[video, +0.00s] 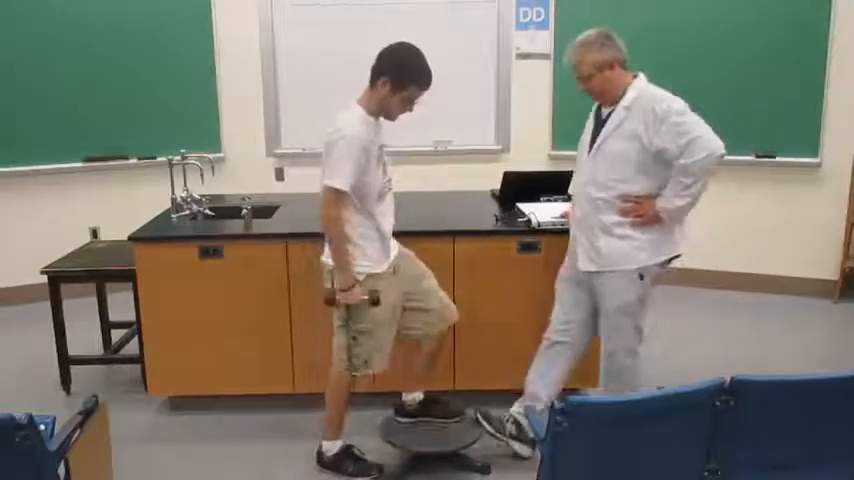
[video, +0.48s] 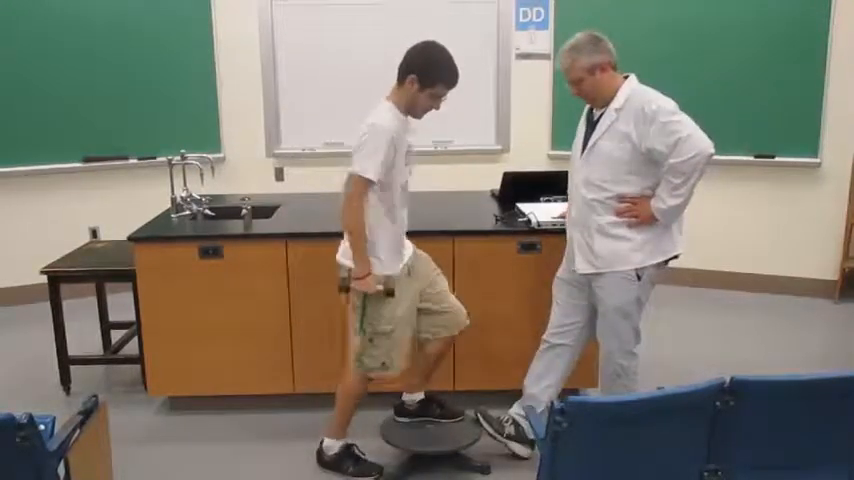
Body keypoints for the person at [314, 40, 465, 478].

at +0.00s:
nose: (411, 108)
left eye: (416, 100)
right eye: (410, 99)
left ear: (386, 86)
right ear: (384, 84)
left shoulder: (370, 126)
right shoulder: (351, 132)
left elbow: (364, 202)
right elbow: (330, 210)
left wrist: (386, 254)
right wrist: (345, 274)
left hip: (389, 258)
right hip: (359, 270)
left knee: (439, 318)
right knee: (348, 362)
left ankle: (414, 401)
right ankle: (330, 446)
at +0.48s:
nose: (438, 105)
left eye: (443, 97)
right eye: (437, 95)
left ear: (412, 84)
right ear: (411, 82)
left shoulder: (397, 123)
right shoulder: (382, 127)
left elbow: (380, 199)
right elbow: (353, 198)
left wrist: (397, 252)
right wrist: (362, 267)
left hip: (403, 257)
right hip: (375, 267)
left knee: (447, 322)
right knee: (365, 362)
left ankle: (412, 401)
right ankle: (333, 444)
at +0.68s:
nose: (461, 62)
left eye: (465, 54)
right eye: (459, 52)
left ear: (437, 42)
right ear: (434, 38)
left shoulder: (420, 82)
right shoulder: (401, 79)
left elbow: (404, 159)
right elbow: (361, 147)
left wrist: (420, 219)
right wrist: (372, 220)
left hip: (417, 225)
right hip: (395, 227)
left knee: (429, 319)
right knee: (416, 320)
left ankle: (412, 399)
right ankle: (358, 383)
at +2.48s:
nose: (472, 46)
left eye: (475, 37)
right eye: (472, 35)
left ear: (446, 26)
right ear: (450, 26)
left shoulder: (427, 75)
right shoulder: (422, 78)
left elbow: (419, 153)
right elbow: (415, 156)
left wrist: (451, 175)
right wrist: (439, 221)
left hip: (428, 220)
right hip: (422, 222)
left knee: (427, 318)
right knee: (422, 320)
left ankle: (422, 400)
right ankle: (414, 411)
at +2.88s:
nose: (476, 32)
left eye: (477, 23)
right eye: (474, 22)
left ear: (447, 21)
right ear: (458, 20)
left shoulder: (440, 68)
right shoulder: (428, 66)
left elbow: (435, 122)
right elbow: (426, 113)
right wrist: (434, 152)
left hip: (441, 214)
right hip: (425, 214)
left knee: (435, 313)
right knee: (424, 315)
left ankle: (424, 398)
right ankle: (414, 411)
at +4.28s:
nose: (473, 35)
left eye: (474, 26)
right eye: (470, 26)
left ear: (444, 25)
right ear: (443, 24)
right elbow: (408, 106)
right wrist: (402, 134)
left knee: (432, 314)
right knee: (420, 316)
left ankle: (422, 399)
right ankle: (412, 411)